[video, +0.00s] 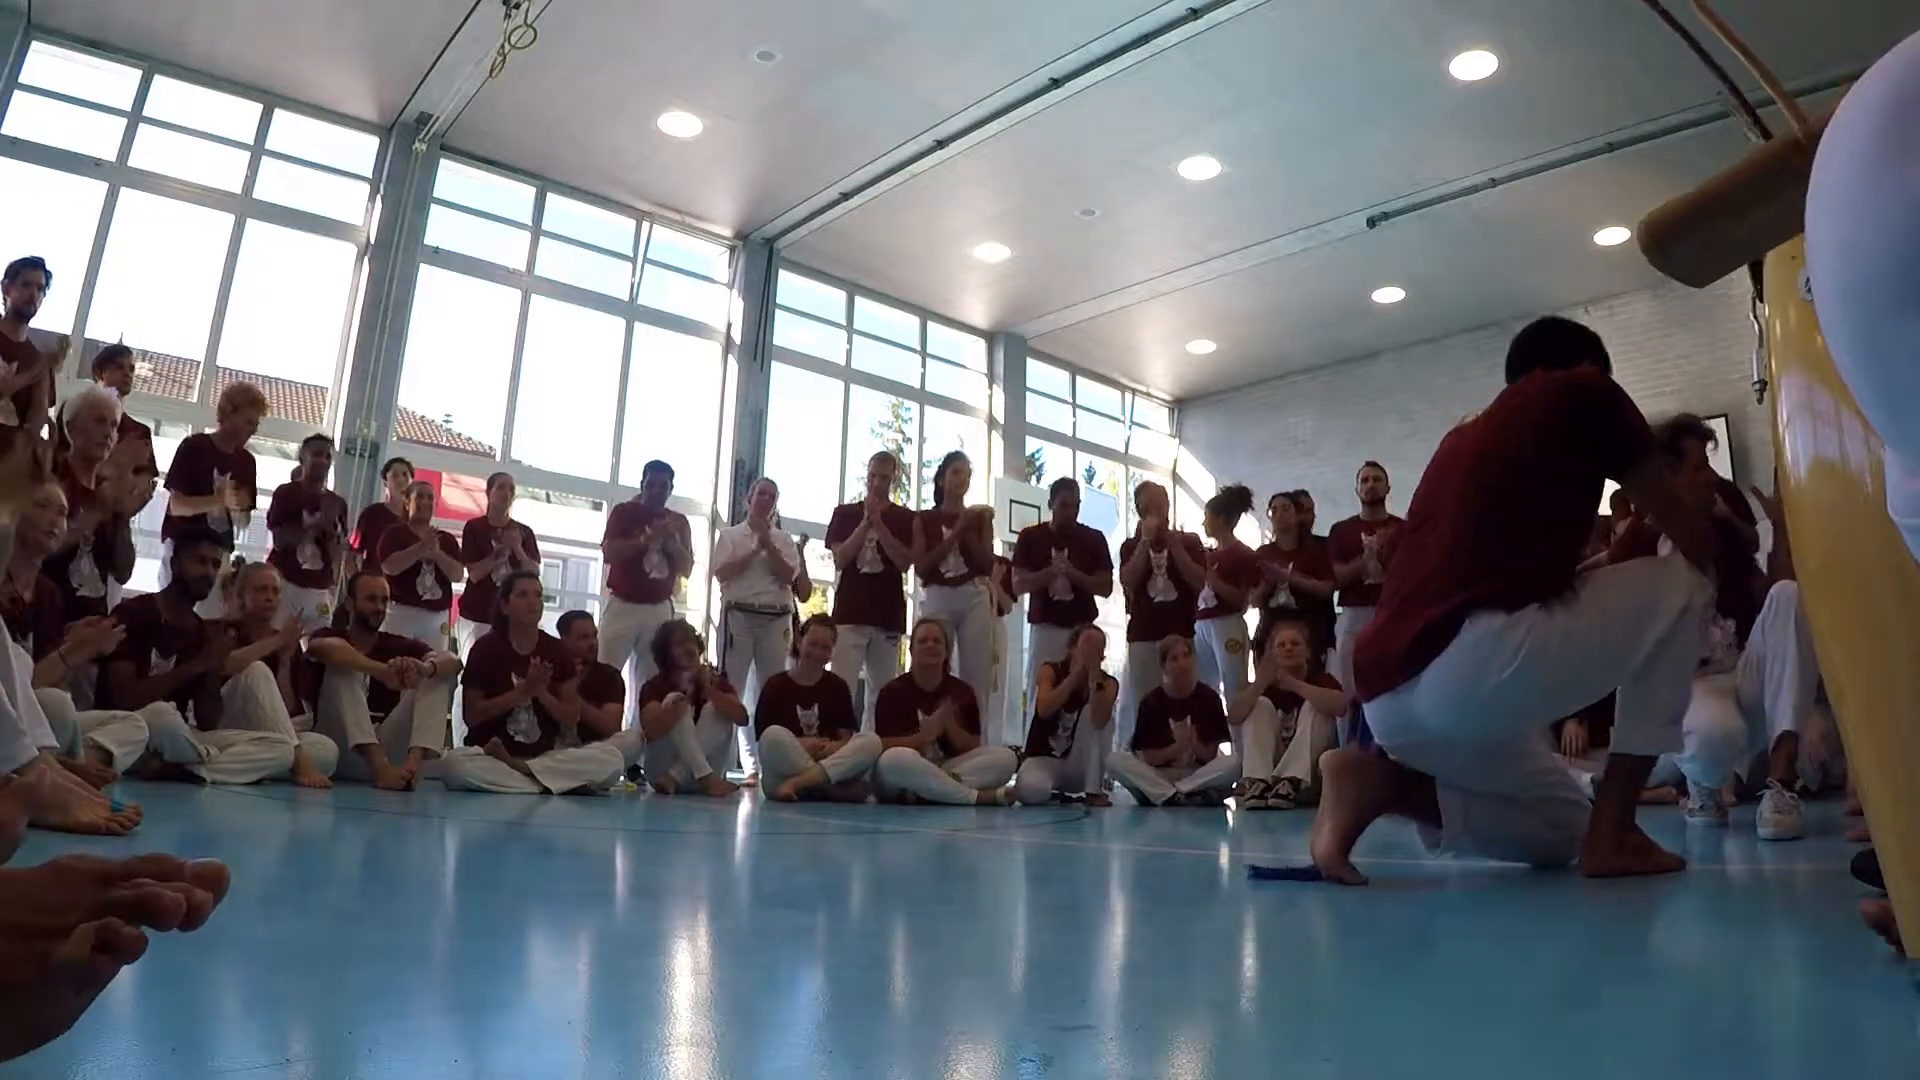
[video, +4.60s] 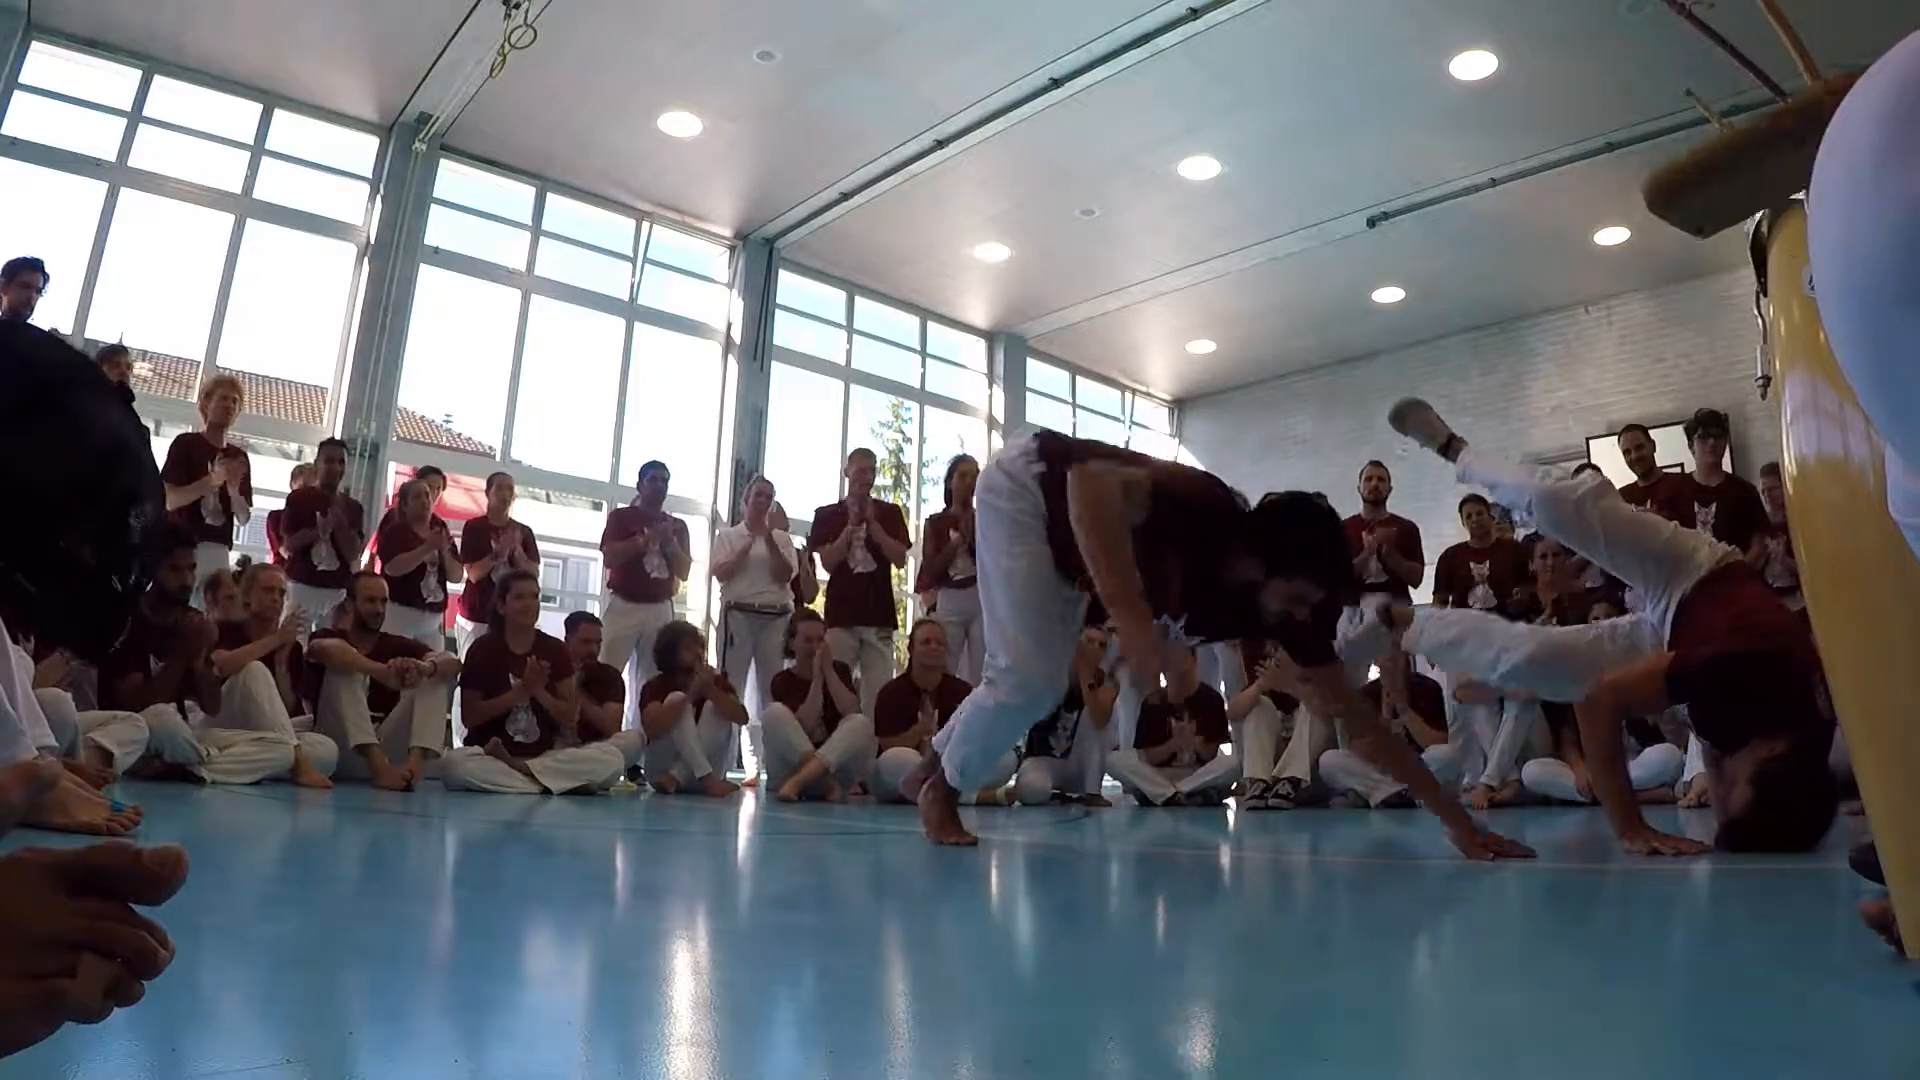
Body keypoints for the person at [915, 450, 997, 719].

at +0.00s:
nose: (961, 478)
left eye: (966, 474)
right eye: (955, 472)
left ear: (970, 481)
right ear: (942, 478)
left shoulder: (981, 517)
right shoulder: (923, 519)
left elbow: (986, 567)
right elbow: (922, 569)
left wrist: (966, 534)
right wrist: (955, 534)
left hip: (975, 598)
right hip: (936, 597)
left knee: (976, 679)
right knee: (932, 677)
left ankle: (975, 749)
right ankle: (931, 749)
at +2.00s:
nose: (955, 477)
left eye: (960, 472)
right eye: (948, 472)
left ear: (965, 479)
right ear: (935, 478)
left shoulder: (977, 519)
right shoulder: (921, 520)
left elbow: (985, 566)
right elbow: (920, 569)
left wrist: (965, 537)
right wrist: (949, 540)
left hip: (974, 596)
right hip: (936, 596)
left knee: (976, 679)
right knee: (933, 676)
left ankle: (975, 750)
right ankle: (932, 751)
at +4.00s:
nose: (959, 480)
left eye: (963, 474)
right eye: (952, 474)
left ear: (968, 481)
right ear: (938, 480)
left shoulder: (979, 515)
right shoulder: (925, 520)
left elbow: (988, 566)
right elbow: (921, 571)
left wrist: (963, 541)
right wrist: (942, 546)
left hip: (977, 599)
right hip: (939, 600)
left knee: (978, 680)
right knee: (933, 677)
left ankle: (979, 746)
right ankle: (934, 749)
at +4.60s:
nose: (969, 482)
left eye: (974, 476)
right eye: (962, 476)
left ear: (979, 481)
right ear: (950, 481)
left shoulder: (985, 520)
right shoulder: (935, 523)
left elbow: (992, 561)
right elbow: (930, 571)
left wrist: (972, 537)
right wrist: (952, 546)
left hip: (980, 591)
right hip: (949, 593)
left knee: (980, 669)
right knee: (945, 668)